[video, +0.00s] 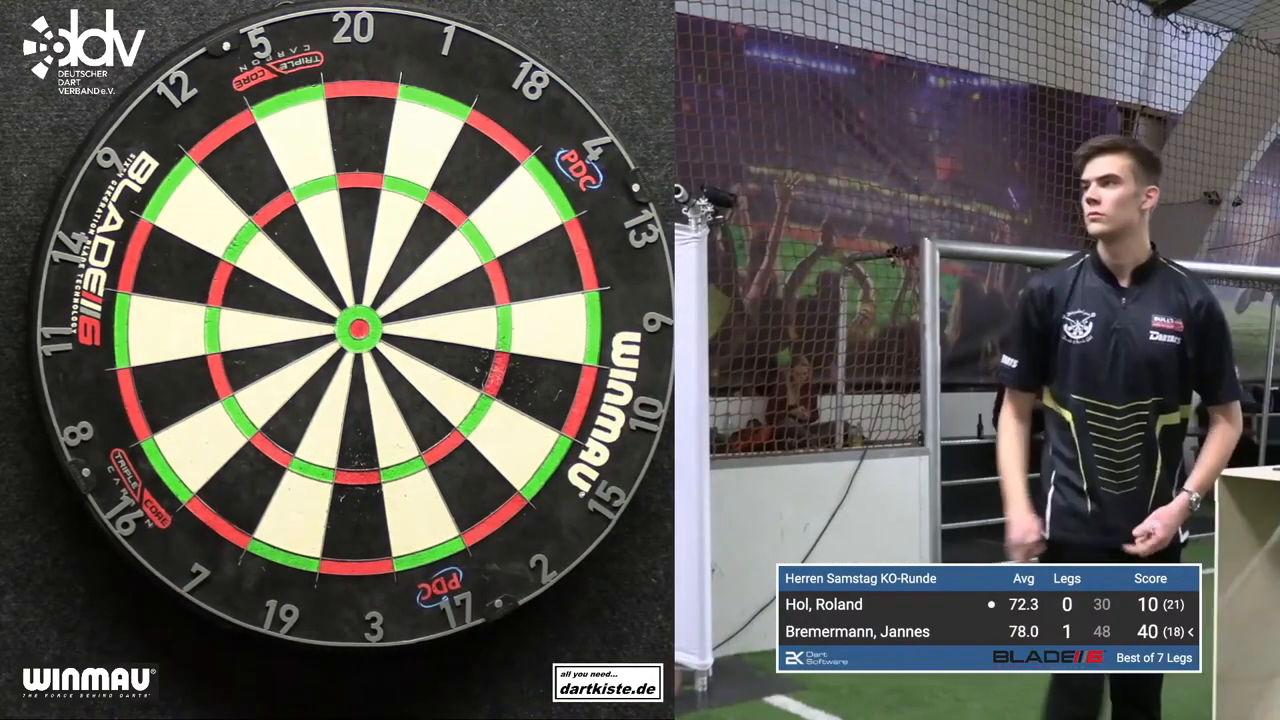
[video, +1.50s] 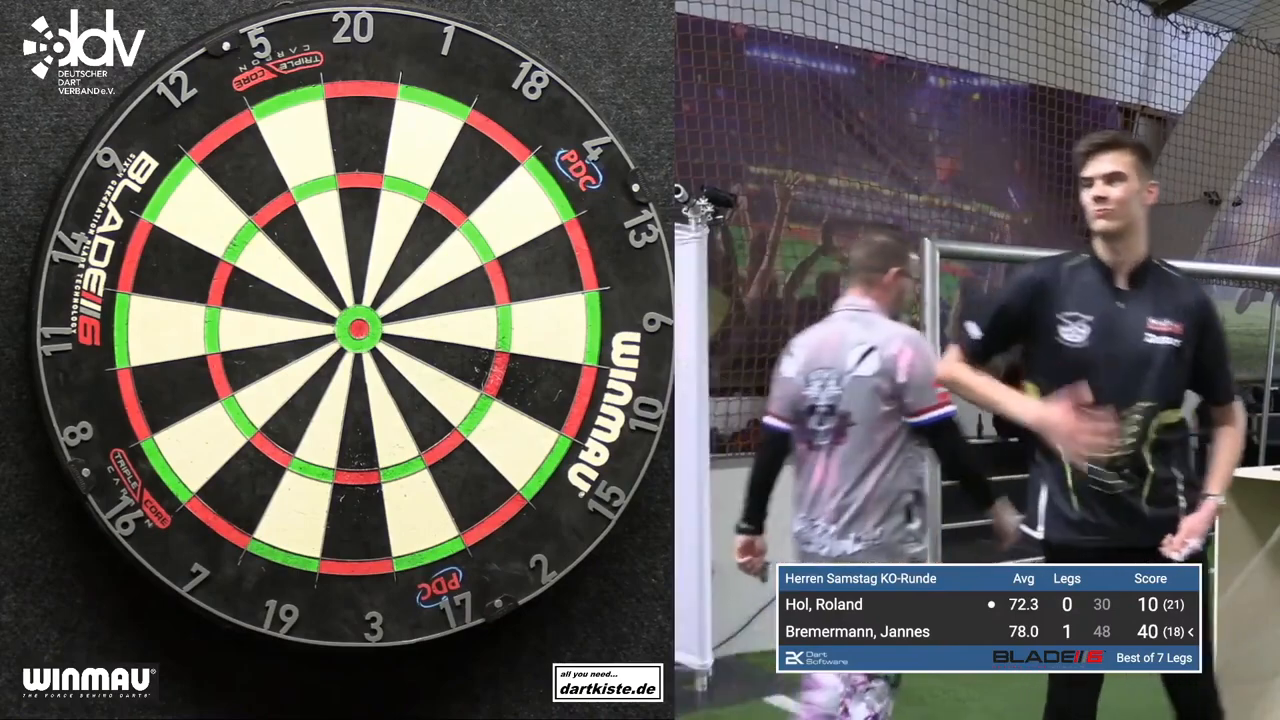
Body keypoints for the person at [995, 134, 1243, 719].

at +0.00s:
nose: (1090, 195)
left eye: (1107, 184)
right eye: (1085, 186)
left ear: (1149, 198)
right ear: (1079, 200)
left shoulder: (1192, 303)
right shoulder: (1048, 295)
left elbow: (1227, 419)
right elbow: (1016, 409)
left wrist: (1181, 506)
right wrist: (1017, 507)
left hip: (1153, 534)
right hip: (1069, 532)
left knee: (1140, 691)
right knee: (1073, 686)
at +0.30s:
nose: (1039, 189)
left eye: (1056, 176)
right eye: (1034, 180)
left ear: (1101, 189)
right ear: (1028, 194)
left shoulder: (1152, 289)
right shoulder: (1005, 297)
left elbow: (1199, 400)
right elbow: (972, 425)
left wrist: (1178, 497)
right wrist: (940, 541)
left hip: (1136, 535)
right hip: (1052, 538)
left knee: (1139, 698)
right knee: (1056, 700)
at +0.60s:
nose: (1003, 187)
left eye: (1020, 173)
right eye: (998, 178)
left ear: (1066, 186)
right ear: (993, 193)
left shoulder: (1126, 284)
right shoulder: (978, 302)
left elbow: (1182, 390)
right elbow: (939, 435)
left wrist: (1169, 491)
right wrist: (884, 553)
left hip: (1132, 530)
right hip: (1043, 539)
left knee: (1152, 689)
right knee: (1048, 698)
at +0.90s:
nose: (1003, 186)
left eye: (1021, 172)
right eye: (998, 176)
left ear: (1066, 187)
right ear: (996, 191)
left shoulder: (1126, 285)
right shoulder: (977, 301)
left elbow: (1175, 402)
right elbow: (945, 435)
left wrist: (1154, 503)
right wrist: (940, 549)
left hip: (1126, 534)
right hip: (1037, 544)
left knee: (1143, 686)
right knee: (1049, 697)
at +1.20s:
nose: (1042, 188)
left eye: (1059, 175)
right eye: (1035, 179)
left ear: (1102, 189)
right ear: (1028, 193)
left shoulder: (1148, 295)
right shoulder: (996, 293)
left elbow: (1182, 418)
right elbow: (945, 404)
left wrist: (1148, 502)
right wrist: (1031, 454)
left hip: (1132, 537)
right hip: (1040, 538)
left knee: (1142, 695)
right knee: (1052, 696)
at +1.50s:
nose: (1100, 194)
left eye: (1115, 180)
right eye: (1090, 184)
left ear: (1149, 192)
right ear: (1080, 199)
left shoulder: (1187, 302)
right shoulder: (1044, 286)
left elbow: (1228, 417)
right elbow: (953, 367)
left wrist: (1207, 507)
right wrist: (1042, 416)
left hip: (1163, 537)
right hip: (1070, 536)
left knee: (1195, 694)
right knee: (1073, 695)